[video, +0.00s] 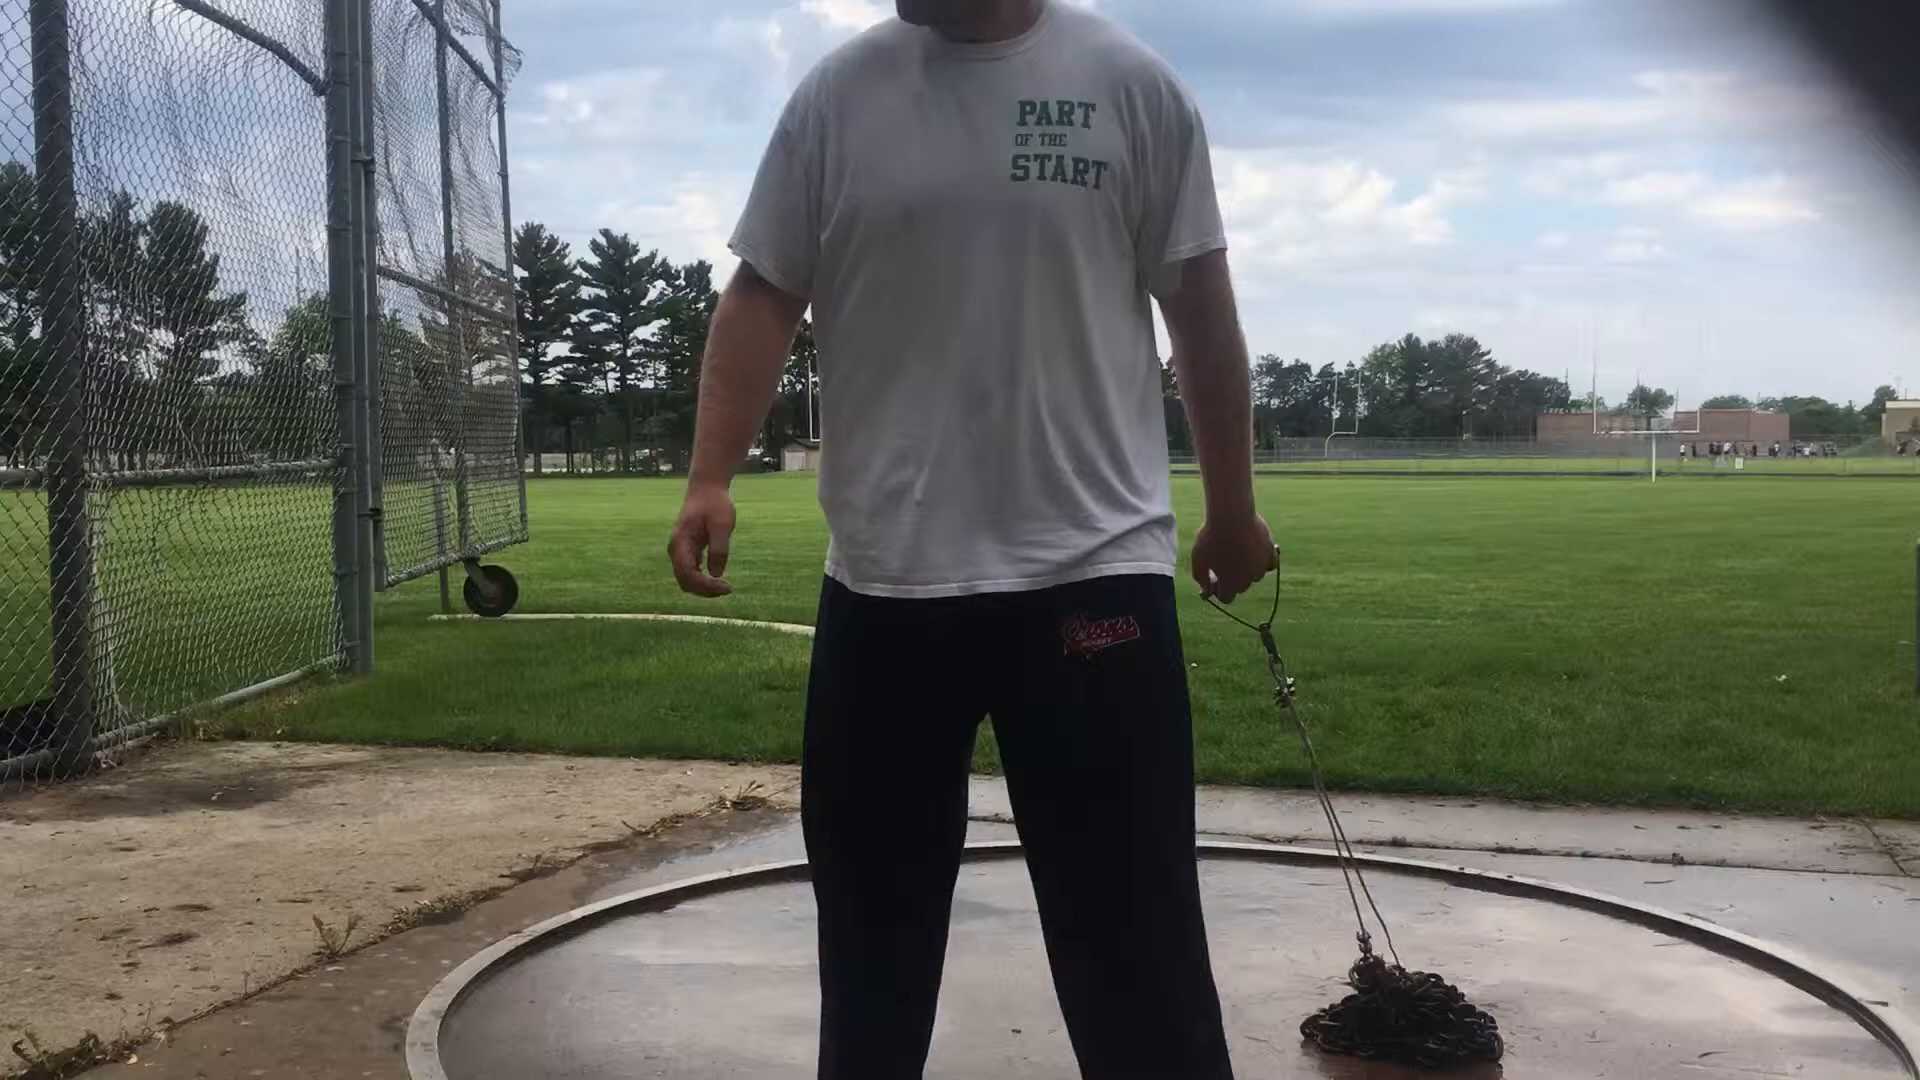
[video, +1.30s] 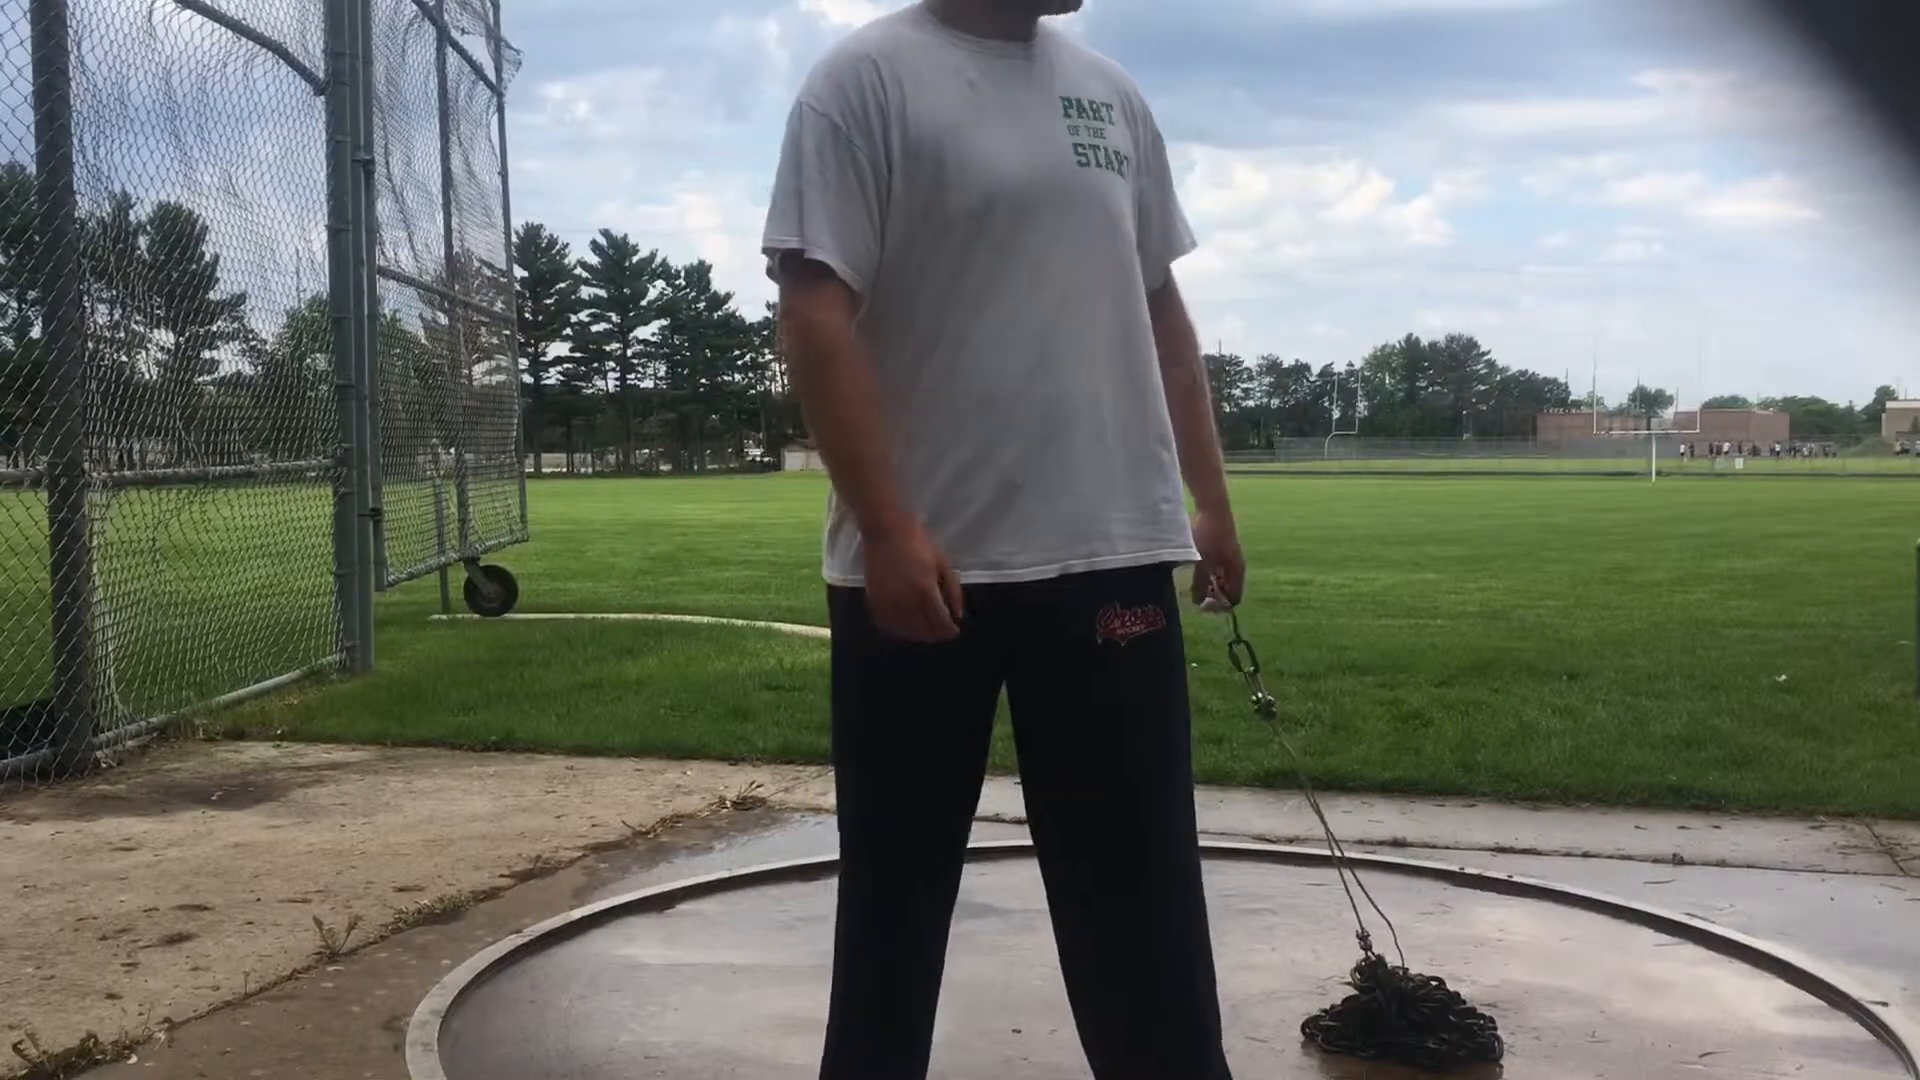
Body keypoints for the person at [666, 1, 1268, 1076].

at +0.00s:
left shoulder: (1131, 86)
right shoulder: (834, 96)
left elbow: (1200, 304)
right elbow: (764, 291)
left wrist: (1231, 506)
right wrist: (708, 475)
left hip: (1092, 576)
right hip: (885, 585)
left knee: (1135, 947)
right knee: (869, 943)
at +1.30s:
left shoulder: (1111, 96)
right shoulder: (862, 79)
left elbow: (1159, 312)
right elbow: (813, 316)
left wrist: (1210, 501)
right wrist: (887, 529)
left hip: (1111, 568)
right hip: (918, 577)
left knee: (1145, 919)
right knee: (893, 919)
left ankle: (1176, 1074)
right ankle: (872, 1076)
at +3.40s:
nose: (1065, 0)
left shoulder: (1206, 95)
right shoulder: (892, 99)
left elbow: (1324, 288)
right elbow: (821, 318)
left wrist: (1385, 489)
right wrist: (836, 542)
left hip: (1141, 558)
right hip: (938, 561)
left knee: (1171, 912)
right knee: (895, 914)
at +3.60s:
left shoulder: (1180, 62)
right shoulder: (873, 111)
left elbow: (1347, 208)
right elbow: (830, 334)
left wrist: (1324, 355)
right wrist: (905, 503)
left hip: (1149, 572)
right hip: (945, 575)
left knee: (1185, 931)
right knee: (902, 927)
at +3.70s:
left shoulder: (1144, 35)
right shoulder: (856, 117)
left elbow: (1335, 144)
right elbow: (832, 337)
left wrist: (1247, 240)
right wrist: (960, 421)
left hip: (1144, 564)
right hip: (942, 573)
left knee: (1181, 931)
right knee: (901, 930)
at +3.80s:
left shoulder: (1109, 22)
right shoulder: (842, 116)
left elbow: (1308, 92)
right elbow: (833, 335)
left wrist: (1183, 141)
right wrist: (967, 314)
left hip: (1125, 532)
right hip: (931, 560)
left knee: (1165, 928)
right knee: (894, 933)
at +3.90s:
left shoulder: (1089, 28)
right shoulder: (834, 120)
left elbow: (1269, 79)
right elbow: (826, 327)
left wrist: (1106, 102)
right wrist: (951, 251)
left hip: (1112, 521)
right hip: (923, 548)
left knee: (1141, 911)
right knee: (891, 921)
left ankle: (1163, 1069)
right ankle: (873, 1074)